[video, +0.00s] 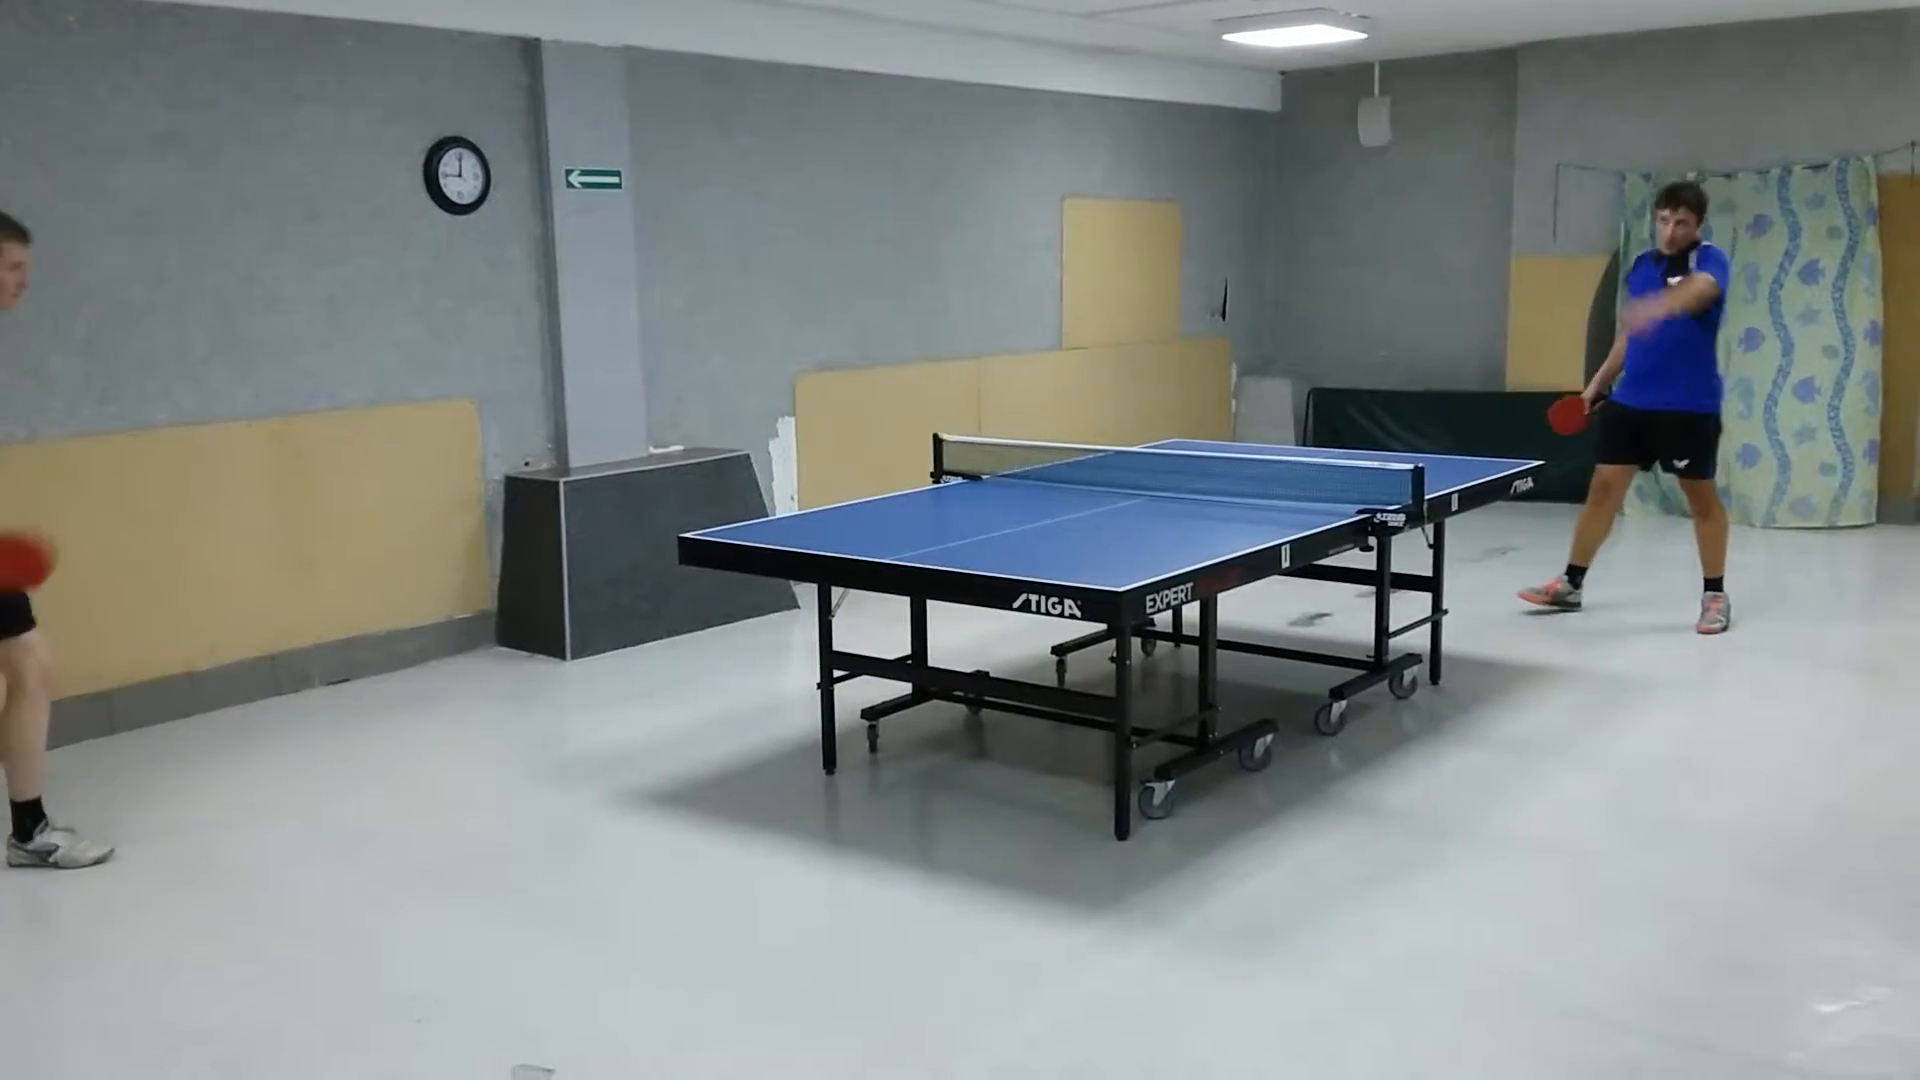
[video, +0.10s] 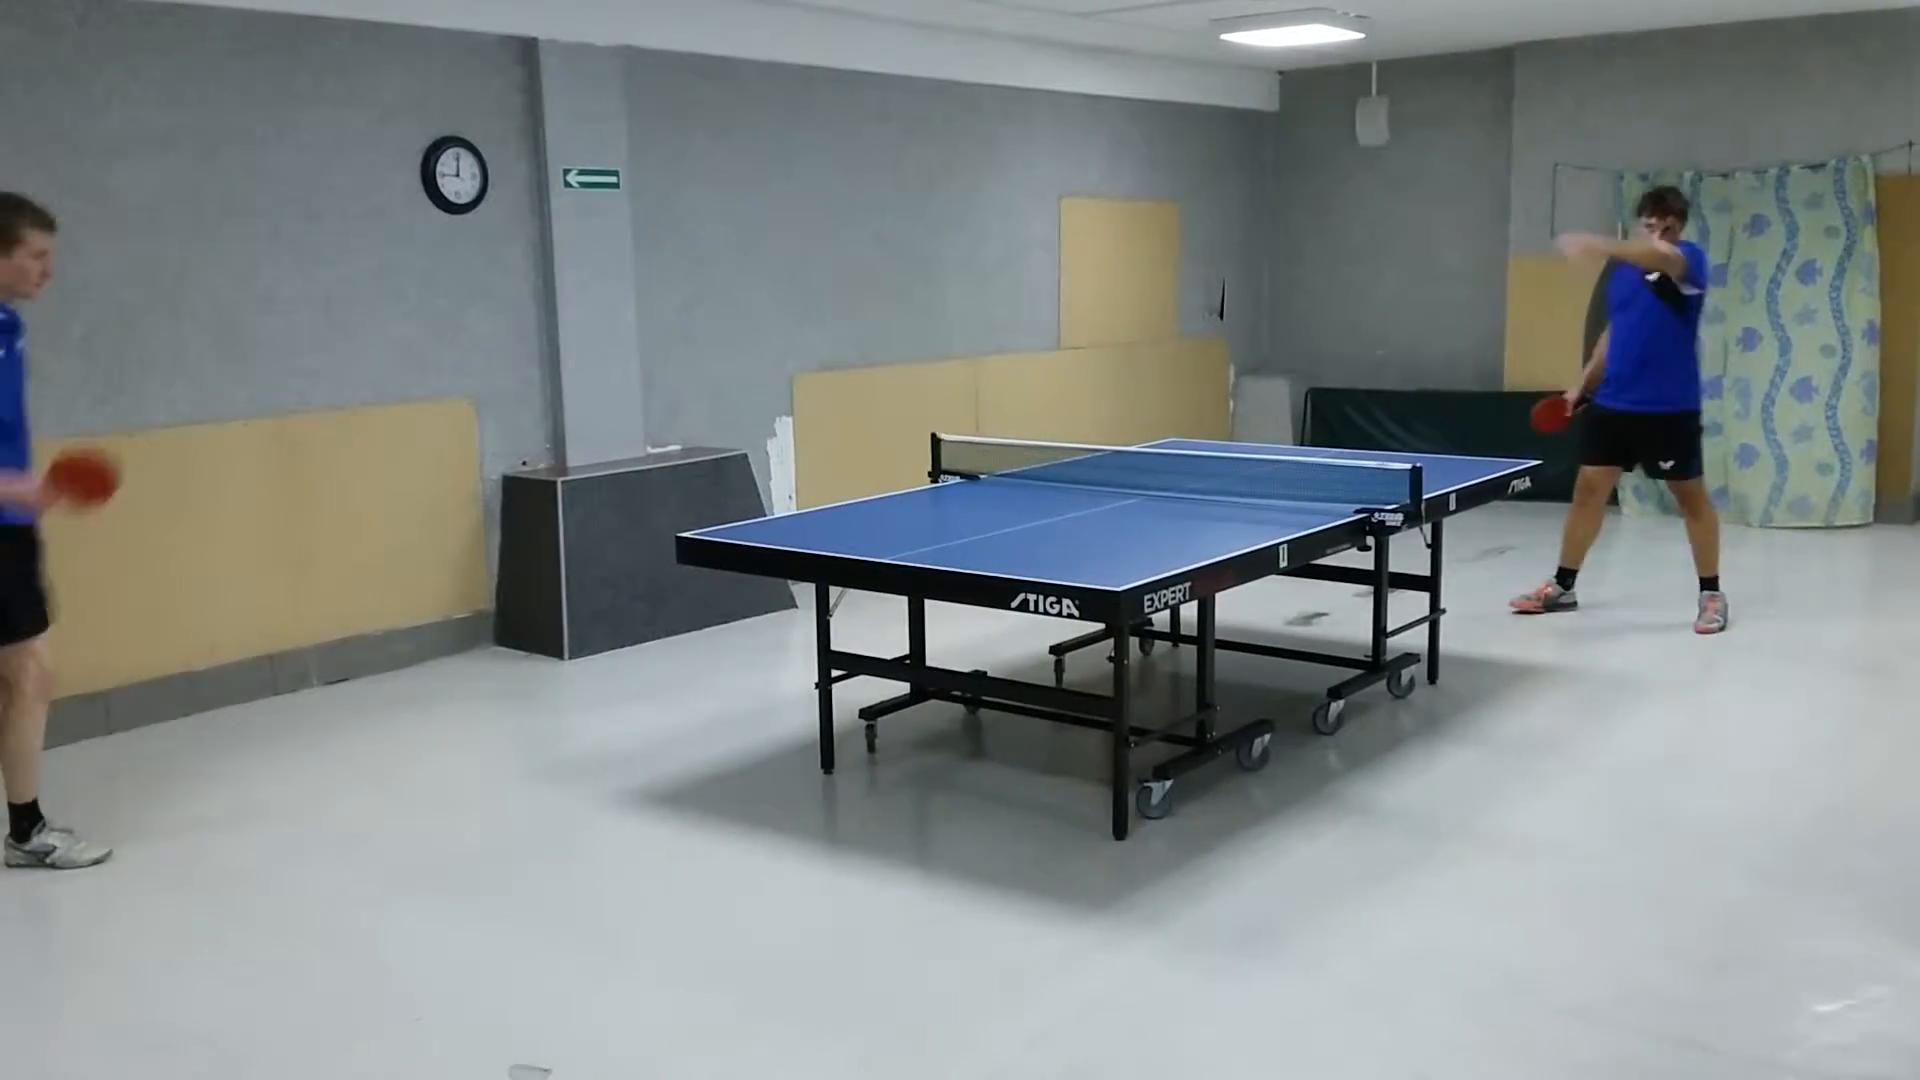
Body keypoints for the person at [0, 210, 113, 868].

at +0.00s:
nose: (20, 281)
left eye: (23, 269)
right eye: (11, 268)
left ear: (22, 272)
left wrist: (10, 549)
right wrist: (9, 552)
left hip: (9, 566)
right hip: (8, 569)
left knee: (27, 666)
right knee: (29, 665)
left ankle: (28, 825)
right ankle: (28, 827)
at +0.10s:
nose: (44, 268)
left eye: (48, 256)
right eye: (34, 255)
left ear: (32, 260)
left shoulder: (11, 328)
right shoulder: (2, 330)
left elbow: (10, 438)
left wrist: (37, 487)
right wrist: (16, 488)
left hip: (15, 523)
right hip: (1, 529)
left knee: (21, 675)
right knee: (28, 675)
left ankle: (23, 824)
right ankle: (24, 827)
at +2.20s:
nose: (628, 257)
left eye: (625, 244)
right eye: (625, 246)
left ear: (551, 251)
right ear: (611, 253)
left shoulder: (486, 317)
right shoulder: (624, 356)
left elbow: (413, 422)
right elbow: (627, 504)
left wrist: (464, 490)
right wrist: (685, 521)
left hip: (473, 570)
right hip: (564, 580)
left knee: (487, 687)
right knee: (632, 737)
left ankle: (413, 858)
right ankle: (623, 941)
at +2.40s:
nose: (662, 281)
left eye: (657, 268)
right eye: (660, 269)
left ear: (586, 268)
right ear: (645, 275)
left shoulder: (515, 320)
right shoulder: (636, 377)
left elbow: (432, 410)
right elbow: (627, 523)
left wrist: (479, 482)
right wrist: (701, 531)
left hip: (468, 568)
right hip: (549, 585)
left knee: (474, 686)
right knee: (634, 737)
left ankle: (432, 838)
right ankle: (622, 941)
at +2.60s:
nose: (678, 356)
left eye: (677, 343)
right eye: (676, 343)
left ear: (604, 338)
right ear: (657, 347)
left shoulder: (537, 375)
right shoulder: (624, 431)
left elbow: (447, 454)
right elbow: (613, 575)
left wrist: (509, 516)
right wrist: (694, 584)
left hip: (438, 589)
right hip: (510, 602)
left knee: (477, 700)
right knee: (630, 742)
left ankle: (434, 850)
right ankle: (623, 942)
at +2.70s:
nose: (691, 358)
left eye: (689, 344)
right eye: (688, 345)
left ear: (623, 343)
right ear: (667, 349)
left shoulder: (547, 369)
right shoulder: (631, 425)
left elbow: (451, 441)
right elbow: (607, 565)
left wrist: (525, 484)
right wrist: (686, 582)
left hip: (431, 565)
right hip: (499, 579)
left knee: (476, 682)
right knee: (618, 723)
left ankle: (444, 833)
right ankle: (634, 922)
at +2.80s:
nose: (713, 370)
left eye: (711, 356)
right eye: (709, 357)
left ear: (648, 352)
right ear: (687, 361)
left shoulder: (569, 375)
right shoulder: (650, 430)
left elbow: (467, 441)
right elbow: (620, 568)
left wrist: (519, 506)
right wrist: (694, 597)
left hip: (446, 561)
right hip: (515, 579)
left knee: (491, 683)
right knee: (629, 726)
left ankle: (467, 836)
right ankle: (658, 926)